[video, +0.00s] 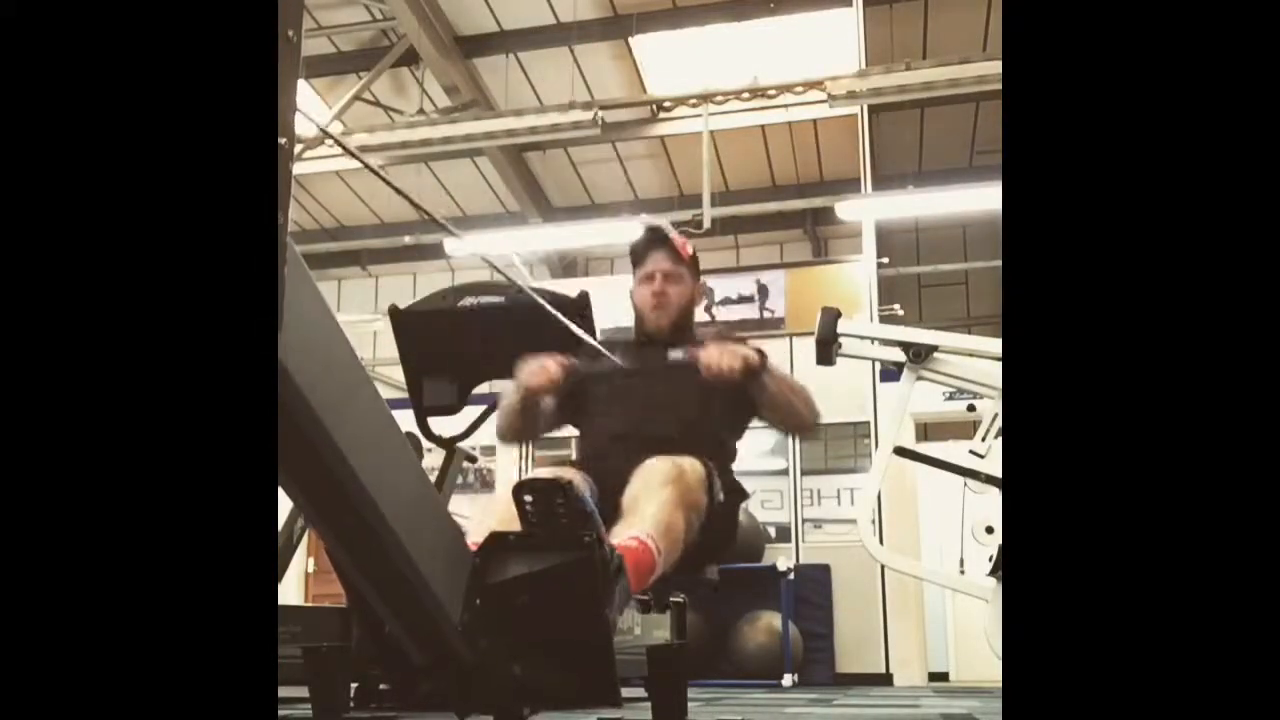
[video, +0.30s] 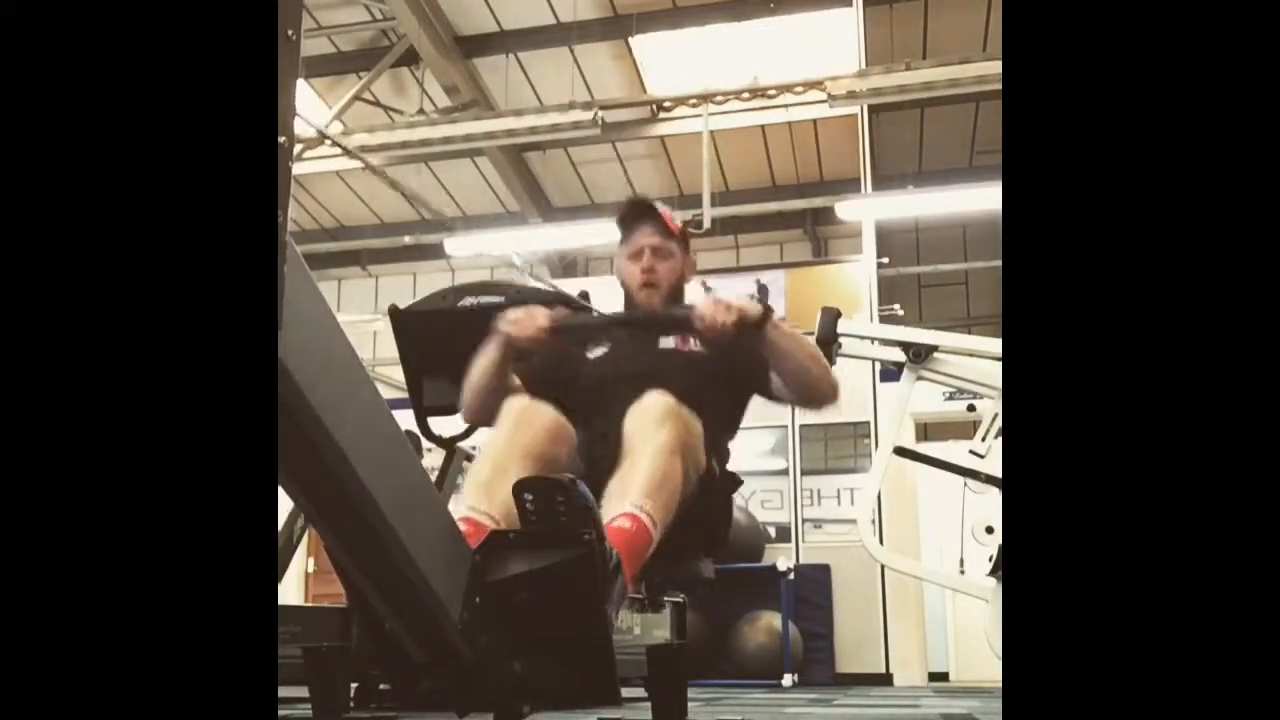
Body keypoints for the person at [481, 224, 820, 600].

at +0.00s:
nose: (658, 289)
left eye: (672, 279)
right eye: (647, 279)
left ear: (697, 292)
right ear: (633, 290)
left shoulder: (726, 355)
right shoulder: (596, 360)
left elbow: (804, 421)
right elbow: (514, 432)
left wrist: (753, 371)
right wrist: (526, 392)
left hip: (697, 499)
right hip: (596, 493)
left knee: (663, 475)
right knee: (538, 485)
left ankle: (608, 589)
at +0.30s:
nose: (648, 264)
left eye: (662, 254)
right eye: (635, 255)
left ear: (687, 265)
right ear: (619, 270)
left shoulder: (723, 338)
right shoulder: (580, 337)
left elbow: (821, 392)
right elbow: (476, 412)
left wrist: (761, 324)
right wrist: (502, 342)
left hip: (684, 500)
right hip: (574, 488)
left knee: (658, 410)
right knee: (526, 412)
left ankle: (606, 572)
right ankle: (458, 556)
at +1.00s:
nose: (655, 272)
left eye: (670, 262)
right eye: (643, 263)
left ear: (694, 277)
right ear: (627, 276)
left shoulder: (724, 345)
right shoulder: (594, 349)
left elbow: (787, 404)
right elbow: (511, 409)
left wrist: (747, 356)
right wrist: (513, 367)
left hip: (691, 488)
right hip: (592, 484)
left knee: (666, 462)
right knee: (533, 464)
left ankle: (609, 582)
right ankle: (470, 567)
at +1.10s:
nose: (658, 300)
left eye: (672, 291)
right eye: (648, 291)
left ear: (696, 303)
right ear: (633, 302)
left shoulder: (725, 368)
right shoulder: (598, 370)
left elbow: (813, 447)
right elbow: (512, 447)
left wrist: (761, 383)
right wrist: (533, 393)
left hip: (693, 500)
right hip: (594, 494)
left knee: (660, 471)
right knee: (549, 478)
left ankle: (611, 577)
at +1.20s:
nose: (655, 301)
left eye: (669, 292)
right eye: (644, 293)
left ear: (694, 303)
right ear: (630, 305)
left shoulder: (727, 368)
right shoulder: (598, 366)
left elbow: (822, 440)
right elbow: (506, 439)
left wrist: (768, 370)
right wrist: (540, 375)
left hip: (696, 506)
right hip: (596, 498)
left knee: (661, 456)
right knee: (539, 462)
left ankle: (608, 576)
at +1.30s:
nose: (649, 285)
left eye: (664, 276)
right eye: (638, 277)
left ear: (690, 289)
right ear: (623, 290)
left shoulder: (723, 355)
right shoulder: (579, 356)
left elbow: (817, 423)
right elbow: (487, 437)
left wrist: (764, 355)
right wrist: (513, 364)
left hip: (689, 504)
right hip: (579, 495)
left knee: (657, 434)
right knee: (534, 435)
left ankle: (613, 571)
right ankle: (468, 553)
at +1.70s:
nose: (586, 146)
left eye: (606, 136)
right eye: (573, 139)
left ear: (641, 164)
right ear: (554, 168)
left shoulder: (686, 242)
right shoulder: (521, 254)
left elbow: (718, 290)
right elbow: (445, 302)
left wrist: (677, 276)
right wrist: (372, 294)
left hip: (666, 485)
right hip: (549, 484)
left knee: (654, 336)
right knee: (495, 338)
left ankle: (607, 555)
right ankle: (443, 551)